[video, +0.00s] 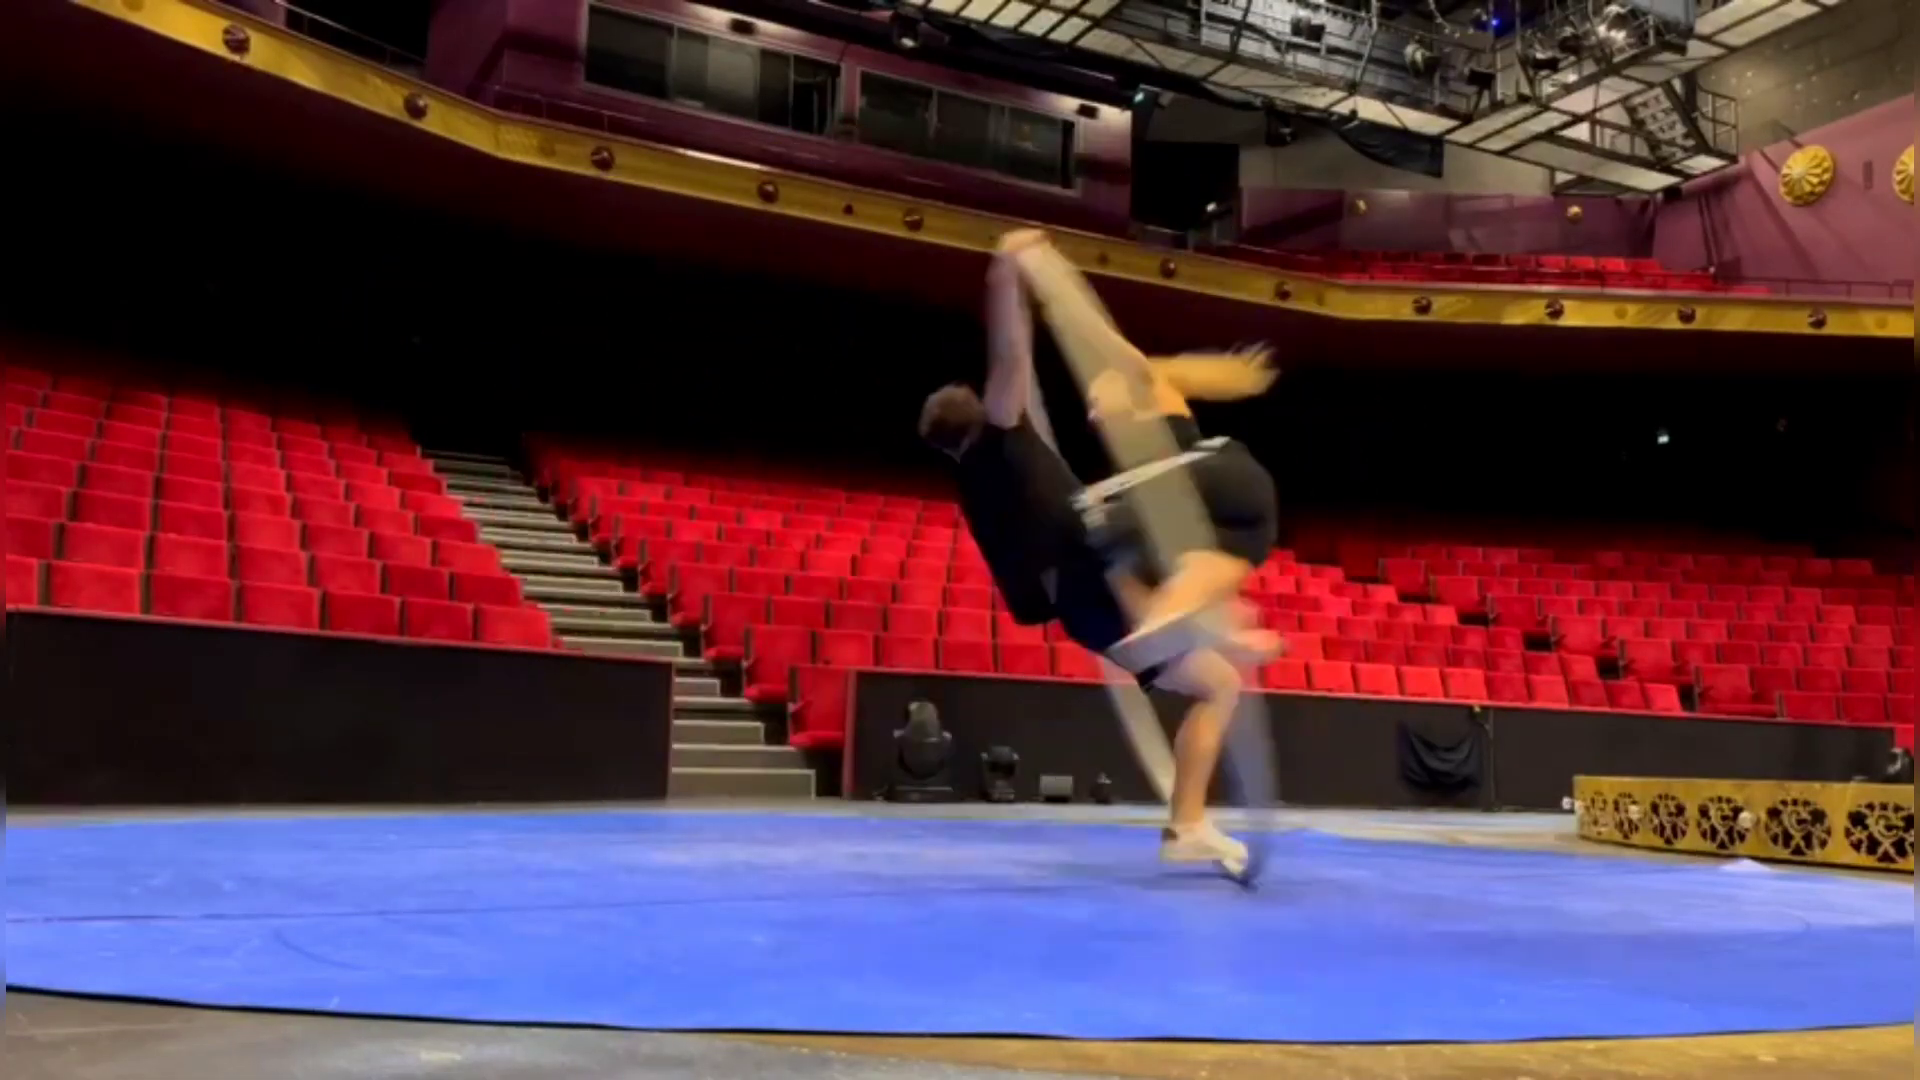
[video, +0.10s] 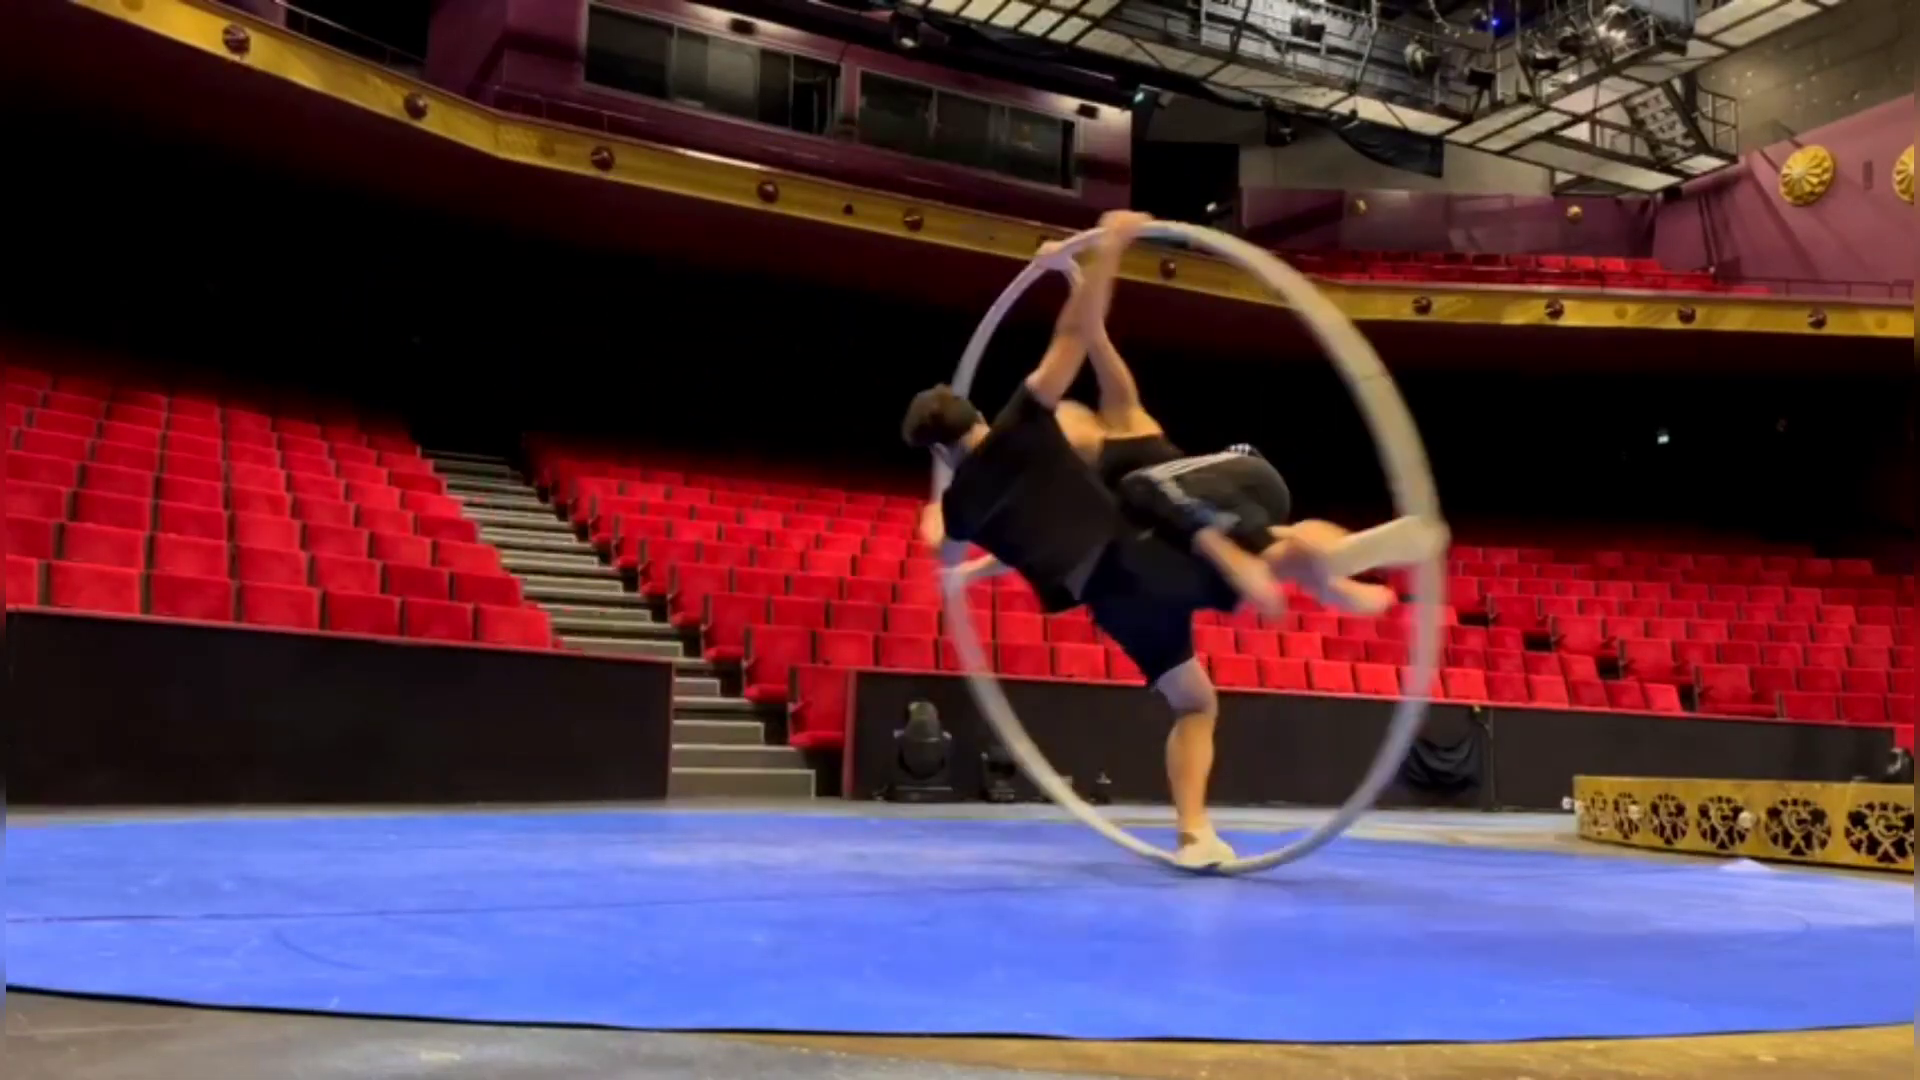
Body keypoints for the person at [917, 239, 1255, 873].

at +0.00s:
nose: (980, 399)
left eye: (964, 399)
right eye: (971, 398)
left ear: (943, 445)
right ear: (973, 413)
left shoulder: (978, 493)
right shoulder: (997, 436)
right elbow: (1010, 348)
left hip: (1078, 610)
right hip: (1098, 569)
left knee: (1218, 684)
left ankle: (1188, 824)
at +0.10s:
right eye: (970, 410)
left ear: (934, 452)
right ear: (975, 415)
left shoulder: (955, 512)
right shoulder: (1025, 421)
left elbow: (947, 561)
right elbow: (1075, 335)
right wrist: (1109, 247)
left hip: (1106, 601)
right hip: (1140, 551)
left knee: (1193, 706)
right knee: (1259, 561)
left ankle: (1193, 833)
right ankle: (1319, 553)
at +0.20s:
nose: (946, 444)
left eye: (945, 433)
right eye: (946, 430)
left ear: (959, 430)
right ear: (995, 400)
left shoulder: (981, 489)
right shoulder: (1063, 401)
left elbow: (933, 547)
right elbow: (1126, 326)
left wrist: (883, 540)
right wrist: (1167, 252)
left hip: (1144, 592)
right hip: (1196, 542)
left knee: (1182, 715)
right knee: (1314, 549)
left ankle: (1226, 832)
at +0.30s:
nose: (994, 419)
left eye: (992, 409)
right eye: (989, 409)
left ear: (1010, 403)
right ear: (1038, 382)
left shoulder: (1033, 468)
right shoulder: (1100, 383)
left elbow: (968, 521)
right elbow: (1154, 332)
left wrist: (889, 509)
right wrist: (1185, 279)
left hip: (1173, 583)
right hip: (1214, 533)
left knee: (1173, 712)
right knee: (1300, 565)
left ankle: (1245, 826)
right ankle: (1417, 549)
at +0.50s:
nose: (1085, 380)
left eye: (1086, 369)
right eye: (1081, 371)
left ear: (1111, 359)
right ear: (1112, 358)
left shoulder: (1173, 394)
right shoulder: (1123, 402)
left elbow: (1157, 425)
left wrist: (1088, 400)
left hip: (1200, 559)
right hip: (1157, 562)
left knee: (1208, 682)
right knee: (1183, 685)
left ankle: (1272, 806)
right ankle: (1247, 809)